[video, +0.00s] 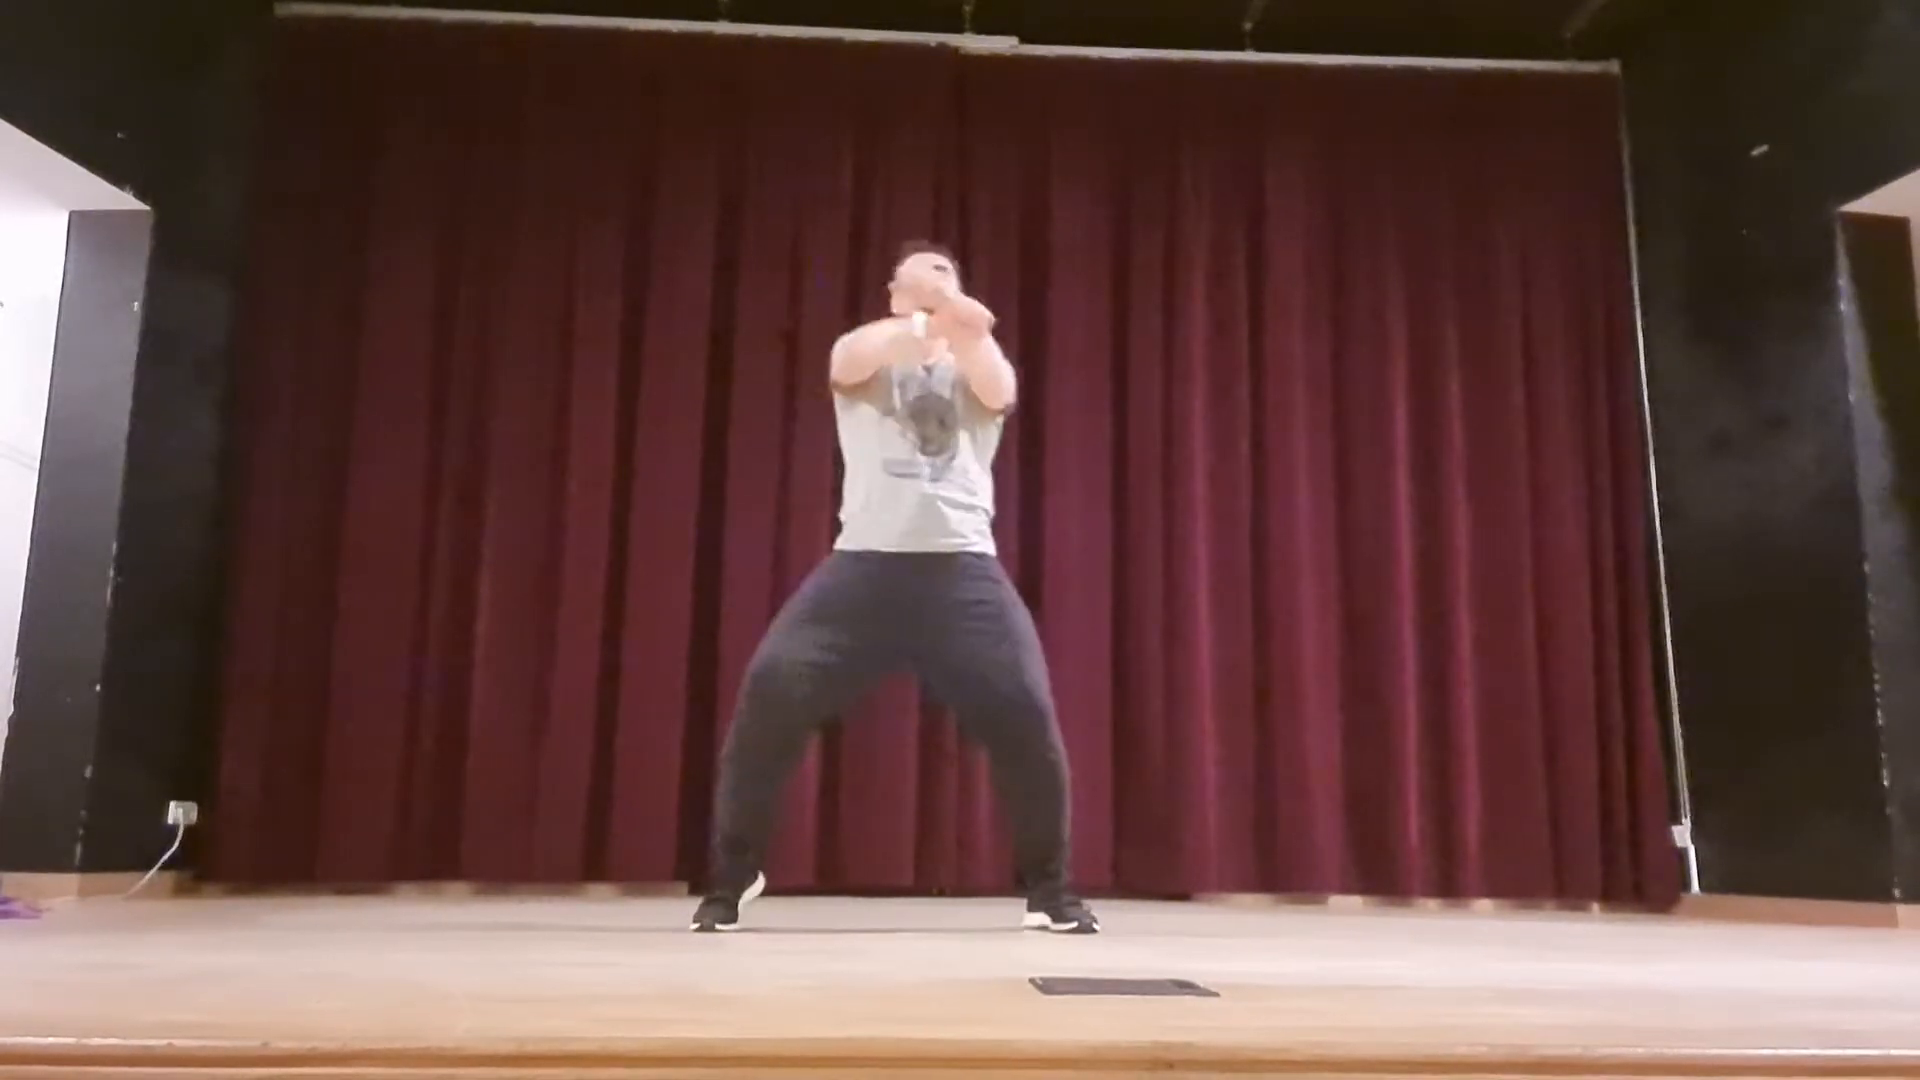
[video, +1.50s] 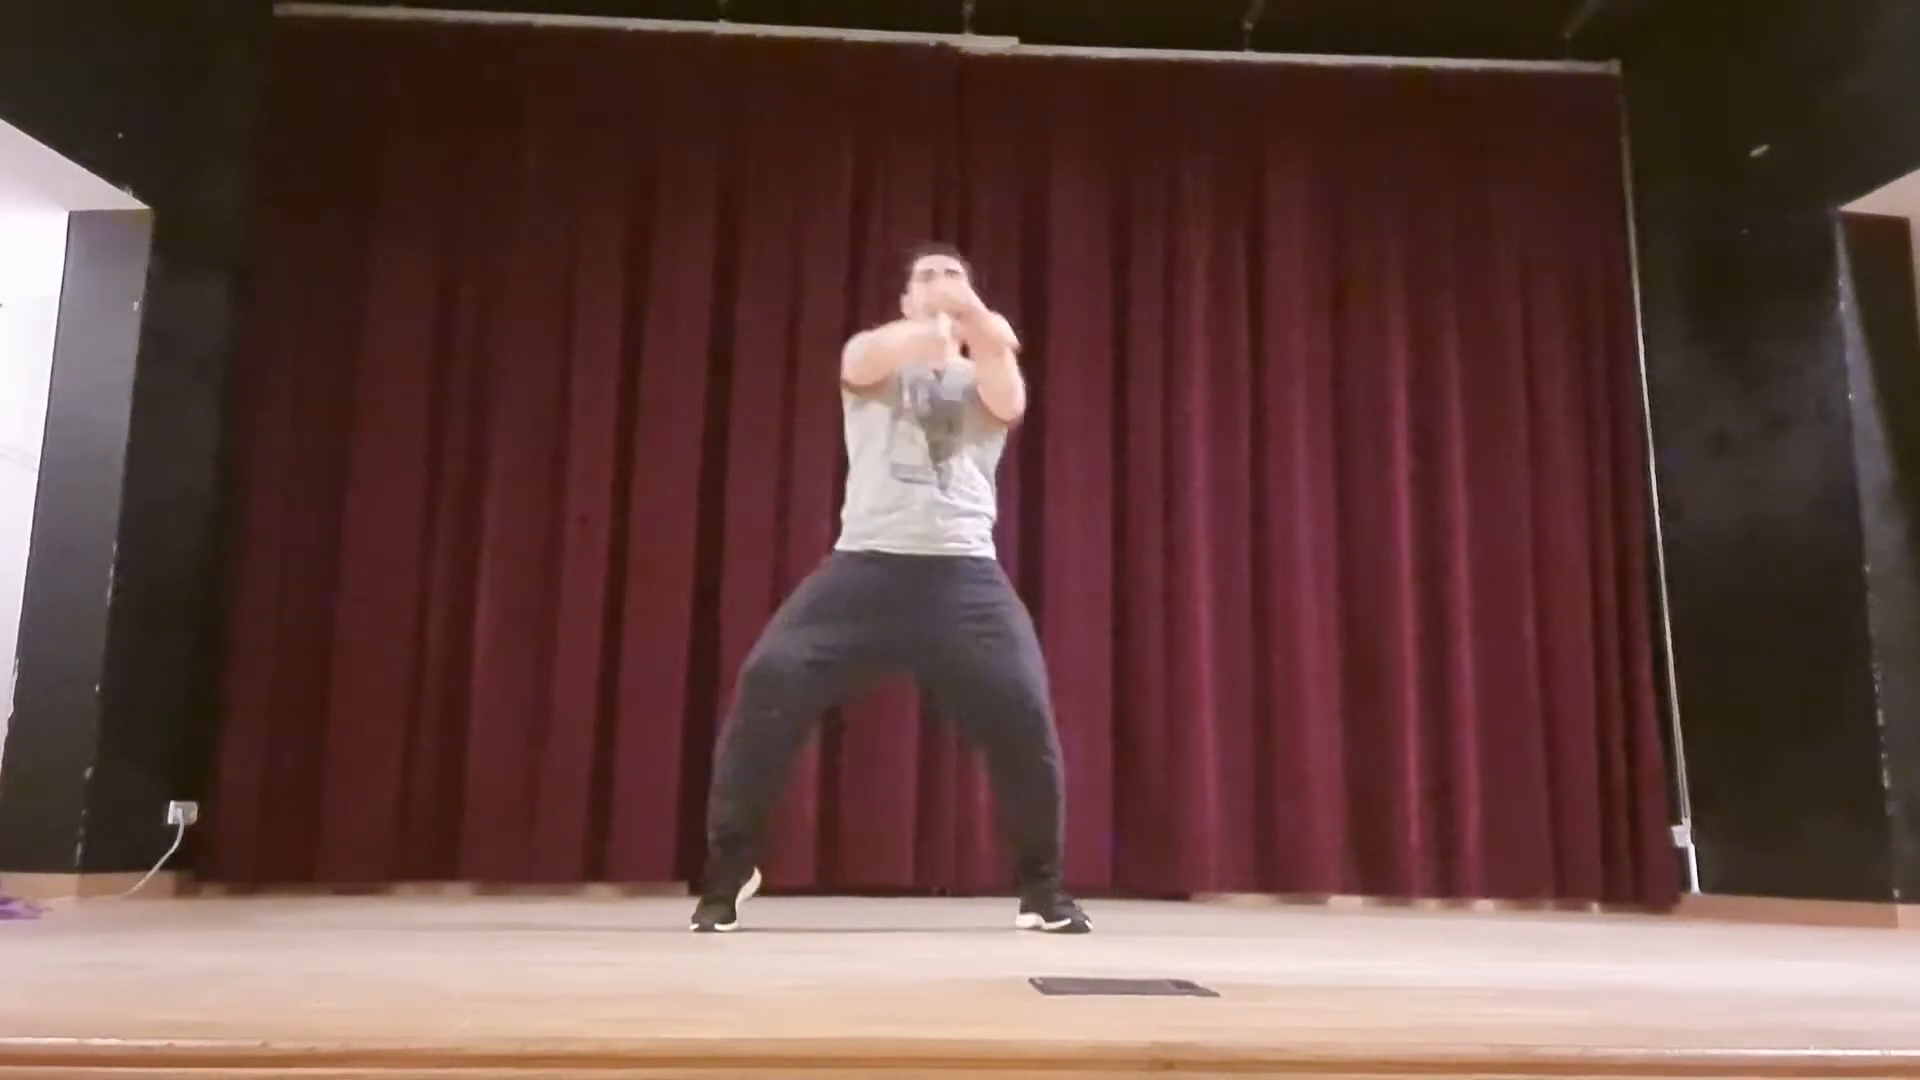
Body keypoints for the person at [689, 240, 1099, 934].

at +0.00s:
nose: (941, 271)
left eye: (949, 268)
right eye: (926, 264)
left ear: (961, 294)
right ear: (894, 293)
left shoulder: (983, 360)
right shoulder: (862, 350)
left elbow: (996, 394)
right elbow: (851, 361)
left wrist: (971, 333)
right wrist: (916, 323)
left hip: (963, 571)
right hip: (862, 567)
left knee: (1026, 709)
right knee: (773, 685)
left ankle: (1049, 890)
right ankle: (733, 871)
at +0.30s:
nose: (952, 292)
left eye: (964, 284)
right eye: (939, 284)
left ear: (984, 307)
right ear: (919, 307)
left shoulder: (1010, 371)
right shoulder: (883, 358)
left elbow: (1021, 415)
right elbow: (883, 380)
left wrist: (987, 361)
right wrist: (956, 368)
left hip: (979, 578)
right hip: (876, 573)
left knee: (1035, 712)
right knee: (790, 683)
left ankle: (1049, 890)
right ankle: (736, 865)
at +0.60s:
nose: (906, 283)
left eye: (919, 276)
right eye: (893, 276)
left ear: (942, 301)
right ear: (874, 301)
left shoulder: (968, 366)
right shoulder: (839, 357)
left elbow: (980, 393)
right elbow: (843, 373)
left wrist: (938, 321)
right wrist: (930, 330)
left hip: (956, 571)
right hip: (855, 571)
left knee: (1019, 717)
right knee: (785, 707)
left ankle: (1048, 889)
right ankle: (733, 888)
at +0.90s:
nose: (852, 285)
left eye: (865, 279)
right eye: (840, 278)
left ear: (887, 306)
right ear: (817, 304)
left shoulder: (916, 360)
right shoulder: (788, 368)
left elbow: (922, 387)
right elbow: (784, 401)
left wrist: (874, 363)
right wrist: (839, 359)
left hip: (920, 567)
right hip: (818, 574)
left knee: (1012, 709)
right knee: (755, 706)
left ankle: (1044, 866)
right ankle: (734, 886)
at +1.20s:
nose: (864, 293)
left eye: (877, 285)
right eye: (853, 283)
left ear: (899, 311)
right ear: (831, 305)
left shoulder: (927, 368)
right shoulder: (802, 369)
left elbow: (933, 397)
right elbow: (790, 407)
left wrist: (873, 368)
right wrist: (828, 377)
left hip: (924, 571)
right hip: (822, 575)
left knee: (1007, 704)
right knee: (758, 706)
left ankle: (1043, 875)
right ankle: (734, 887)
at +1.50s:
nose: (936, 288)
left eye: (950, 278)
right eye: (923, 278)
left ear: (972, 299)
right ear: (903, 297)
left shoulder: (991, 373)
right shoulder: (870, 355)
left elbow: (1007, 404)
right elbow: (864, 363)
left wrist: (982, 326)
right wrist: (943, 330)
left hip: (965, 576)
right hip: (862, 569)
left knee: (1022, 707)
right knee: (770, 676)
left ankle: (1043, 888)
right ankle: (729, 863)